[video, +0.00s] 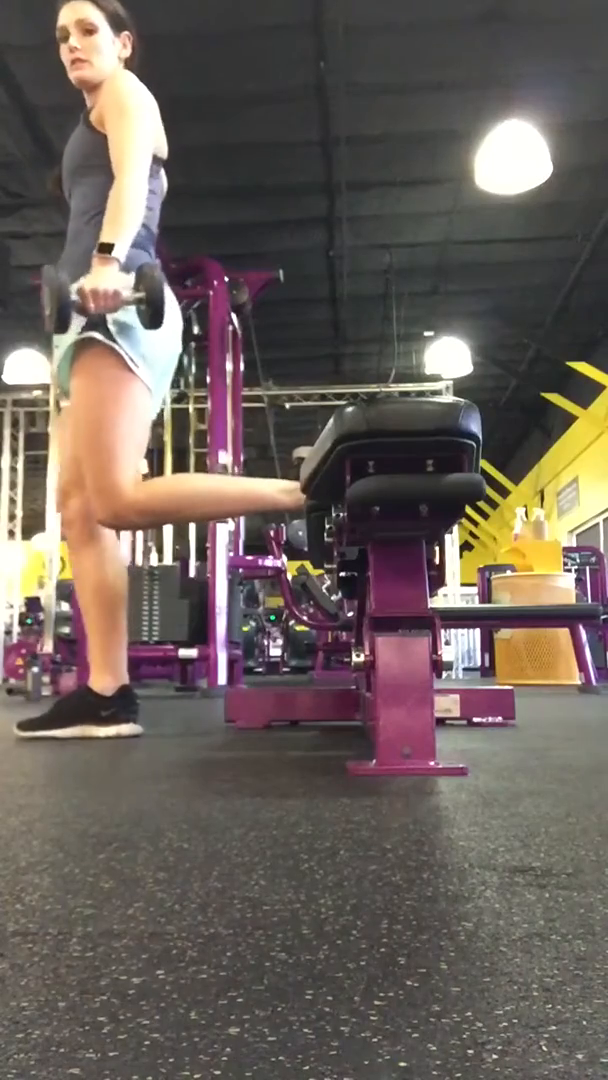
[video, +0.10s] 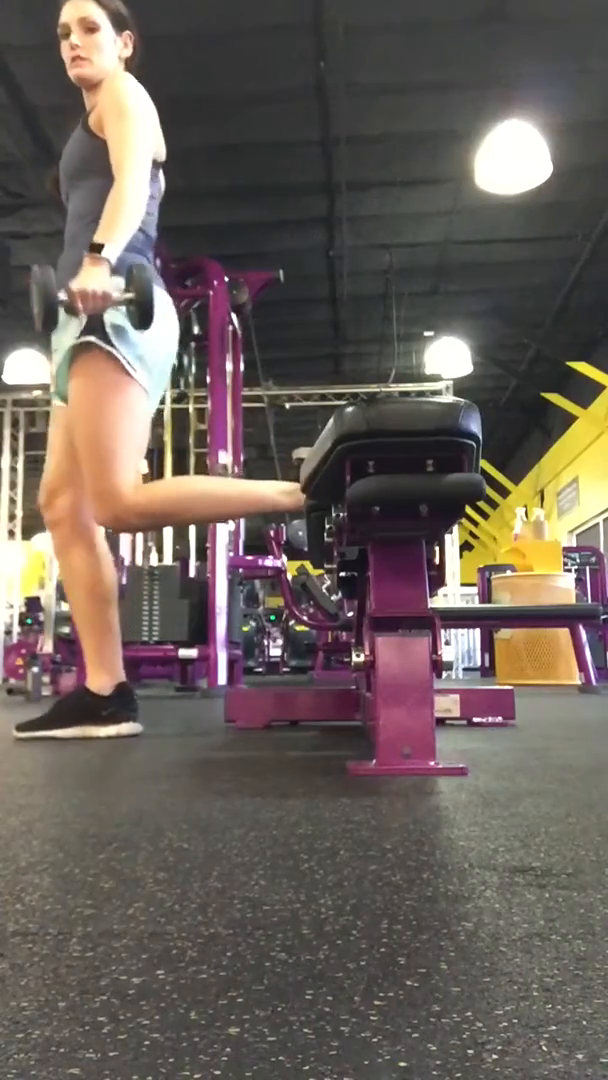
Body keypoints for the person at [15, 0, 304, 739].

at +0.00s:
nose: (72, 45)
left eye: (86, 31)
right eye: (63, 37)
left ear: (123, 43)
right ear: (63, 53)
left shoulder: (124, 92)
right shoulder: (101, 114)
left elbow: (131, 181)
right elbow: (108, 213)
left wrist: (109, 262)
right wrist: (70, 277)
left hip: (126, 306)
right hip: (96, 316)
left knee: (115, 498)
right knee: (78, 510)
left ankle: (301, 491)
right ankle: (107, 691)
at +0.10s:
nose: (73, 43)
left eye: (87, 30)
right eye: (64, 35)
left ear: (125, 42)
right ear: (63, 51)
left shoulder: (122, 93)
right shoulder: (103, 113)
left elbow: (133, 180)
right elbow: (118, 212)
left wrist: (101, 260)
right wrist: (79, 277)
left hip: (123, 306)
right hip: (99, 313)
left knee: (115, 500)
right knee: (64, 504)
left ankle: (301, 492)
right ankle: (105, 690)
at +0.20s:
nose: (76, 24)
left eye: (91, 12)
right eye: (68, 16)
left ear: (128, 25)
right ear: (64, 31)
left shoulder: (127, 75)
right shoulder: (101, 95)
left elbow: (145, 161)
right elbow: (117, 189)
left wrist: (99, 232)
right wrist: (77, 253)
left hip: (122, 286)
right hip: (94, 291)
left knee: (117, 476)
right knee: (69, 496)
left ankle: (308, 492)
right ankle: (103, 679)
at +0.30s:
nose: (80, 11)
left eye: (94, 2)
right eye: (72, 4)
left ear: (127, 10)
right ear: (66, 19)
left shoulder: (130, 58)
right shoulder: (100, 83)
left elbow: (147, 147)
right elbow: (101, 184)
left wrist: (101, 220)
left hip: (123, 265)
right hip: (101, 274)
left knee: (123, 459)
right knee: (45, 467)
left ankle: (313, 490)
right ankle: (79, 658)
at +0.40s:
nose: (76, 19)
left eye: (91, 8)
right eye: (67, 9)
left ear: (125, 17)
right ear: (61, 23)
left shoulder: (127, 70)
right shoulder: (97, 93)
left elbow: (141, 159)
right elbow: (104, 190)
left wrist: (98, 236)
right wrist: (73, 260)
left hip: (116, 277)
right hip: (88, 284)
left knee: (120, 472)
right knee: (47, 487)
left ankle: (311, 492)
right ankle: (75, 676)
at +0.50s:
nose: (70, 37)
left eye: (84, 23)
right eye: (60, 27)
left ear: (121, 36)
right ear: (57, 42)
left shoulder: (120, 91)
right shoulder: (92, 108)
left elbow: (132, 179)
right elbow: (93, 208)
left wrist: (95, 266)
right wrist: (70, 277)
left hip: (110, 301)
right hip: (85, 307)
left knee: (116, 493)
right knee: (51, 504)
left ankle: (304, 494)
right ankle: (81, 690)